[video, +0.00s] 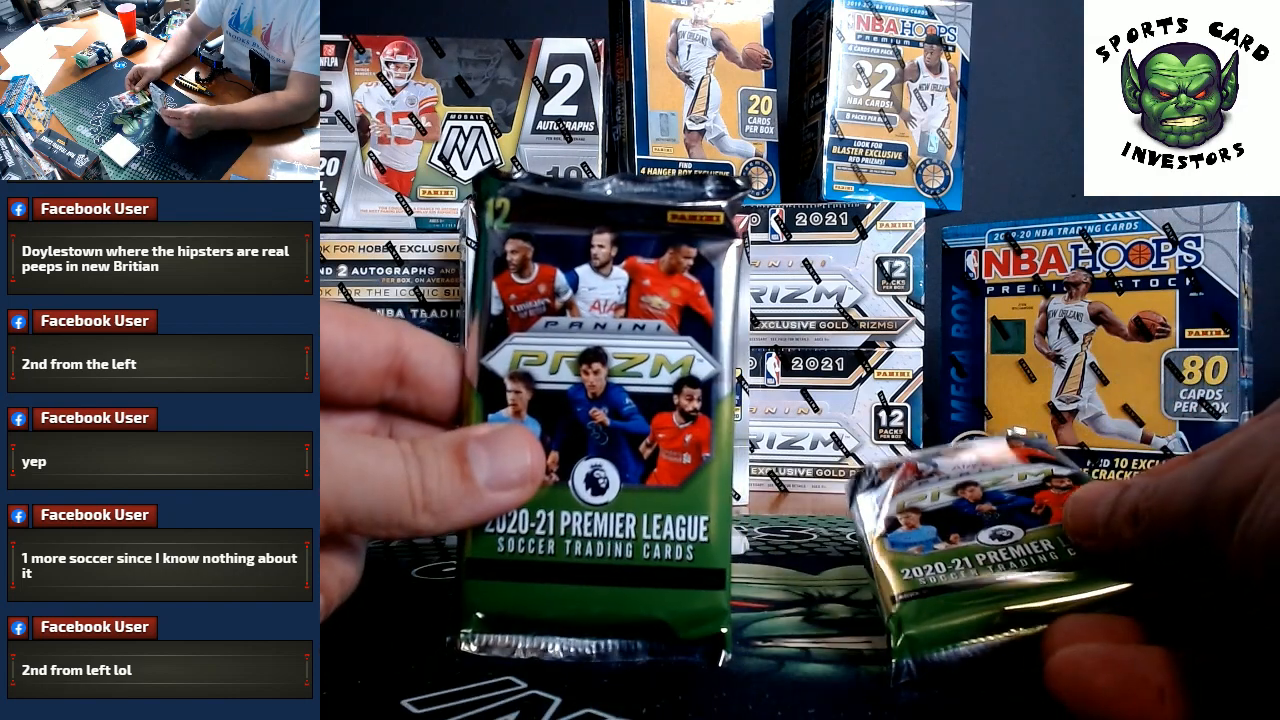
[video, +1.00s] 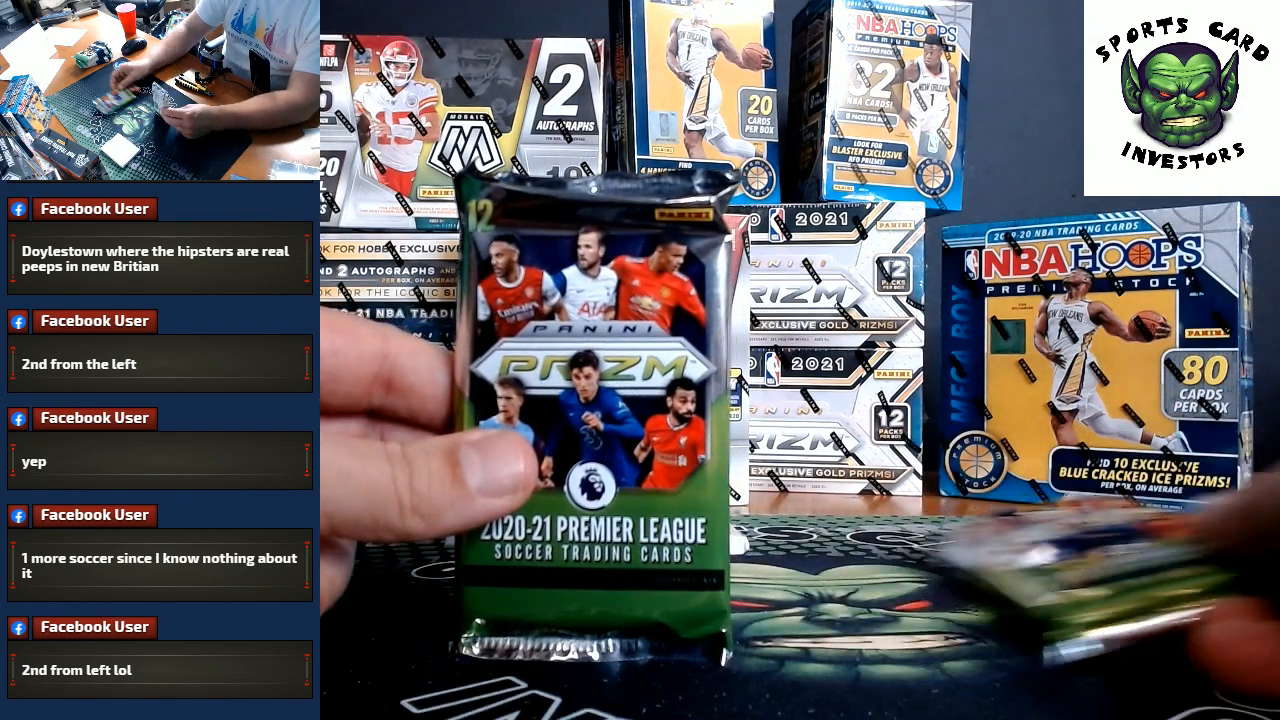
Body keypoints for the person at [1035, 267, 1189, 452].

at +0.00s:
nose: (1069, 273)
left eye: (1075, 272)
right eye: (1070, 271)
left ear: (1086, 283)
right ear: (1067, 280)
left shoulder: (1094, 308)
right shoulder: (1049, 304)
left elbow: (1125, 333)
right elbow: (1038, 335)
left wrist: (1160, 331)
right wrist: (1046, 351)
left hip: (1079, 365)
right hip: (1063, 367)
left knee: (1060, 422)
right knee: (1102, 425)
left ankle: (1078, 478)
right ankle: (1166, 443)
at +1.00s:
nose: (1069, 273)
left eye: (1076, 272)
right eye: (1070, 271)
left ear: (1086, 282)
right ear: (1067, 282)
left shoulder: (1094, 308)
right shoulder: (1049, 304)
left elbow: (1126, 332)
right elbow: (1038, 335)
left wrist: (1159, 331)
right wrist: (1046, 351)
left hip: (1079, 365)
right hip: (1064, 367)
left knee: (1060, 422)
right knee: (1102, 425)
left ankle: (1082, 480)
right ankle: (1165, 443)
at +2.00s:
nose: (1072, 287)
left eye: (1077, 283)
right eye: (1071, 283)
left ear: (1087, 285)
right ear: (1067, 283)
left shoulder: (1095, 308)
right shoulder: (1053, 303)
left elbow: (1126, 331)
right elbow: (1039, 335)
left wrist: (1157, 330)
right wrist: (1047, 350)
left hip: (1081, 365)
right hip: (1063, 367)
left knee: (1062, 418)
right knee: (1104, 424)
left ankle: (1077, 473)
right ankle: (1165, 442)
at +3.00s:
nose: (1072, 288)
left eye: (1077, 284)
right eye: (1071, 283)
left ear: (1087, 285)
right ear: (1067, 283)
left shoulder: (1095, 308)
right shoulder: (1053, 304)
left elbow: (1126, 331)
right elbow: (1039, 334)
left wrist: (1156, 329)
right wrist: (1047, 349)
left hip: (1081, 365)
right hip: (1064, 367)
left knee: (1062, 418)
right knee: (1103, 424)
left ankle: (1078, 473)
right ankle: (1165, 442)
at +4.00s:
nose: (1072, 287)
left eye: (1077, 284)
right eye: (1071, 283)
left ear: (1087, 285)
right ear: (1067, 283)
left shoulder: (1095, 308)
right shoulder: (1053, 304)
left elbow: (1126, 331)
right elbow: (1039, 334)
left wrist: (1156, 330)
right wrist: (1047, 350)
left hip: (1081, 365)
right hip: (1064, 367)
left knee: (1062, 418)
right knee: (1103, 424)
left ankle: (1078, 473)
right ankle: (1165, 442)